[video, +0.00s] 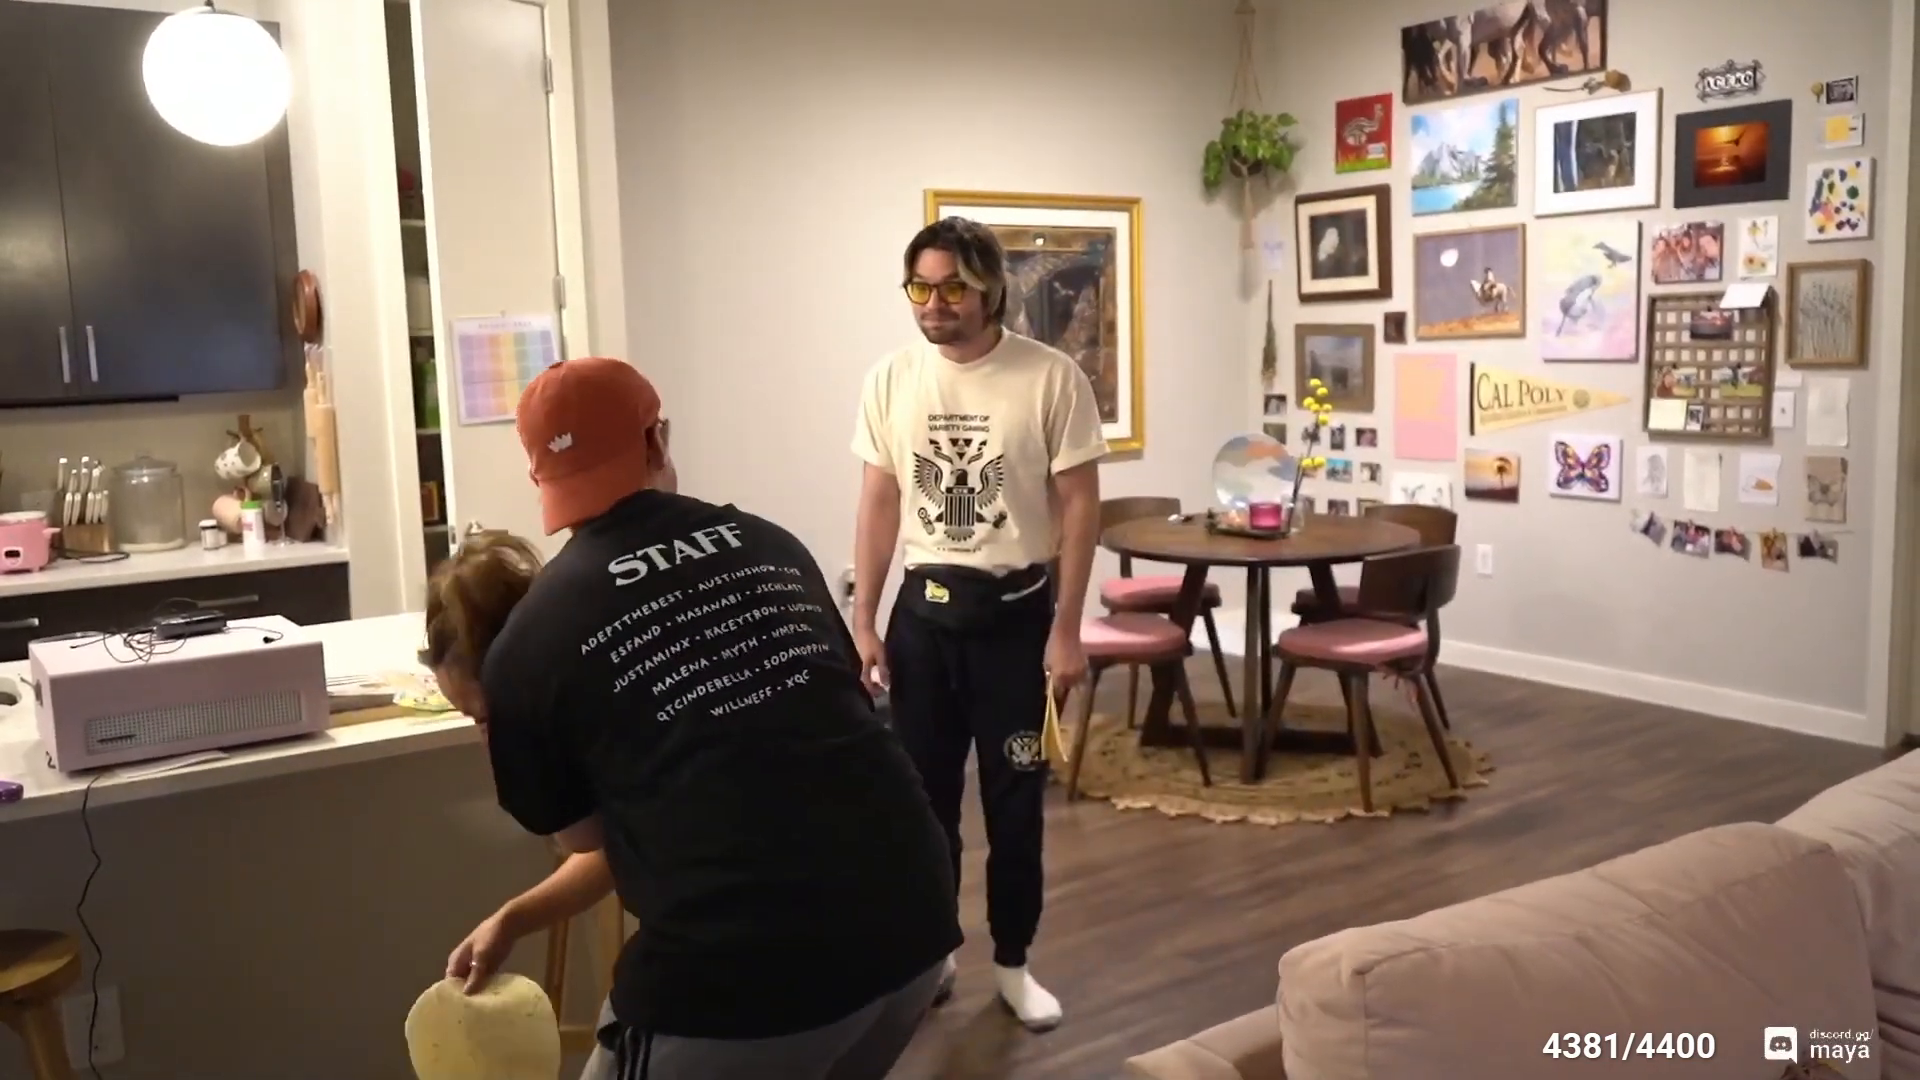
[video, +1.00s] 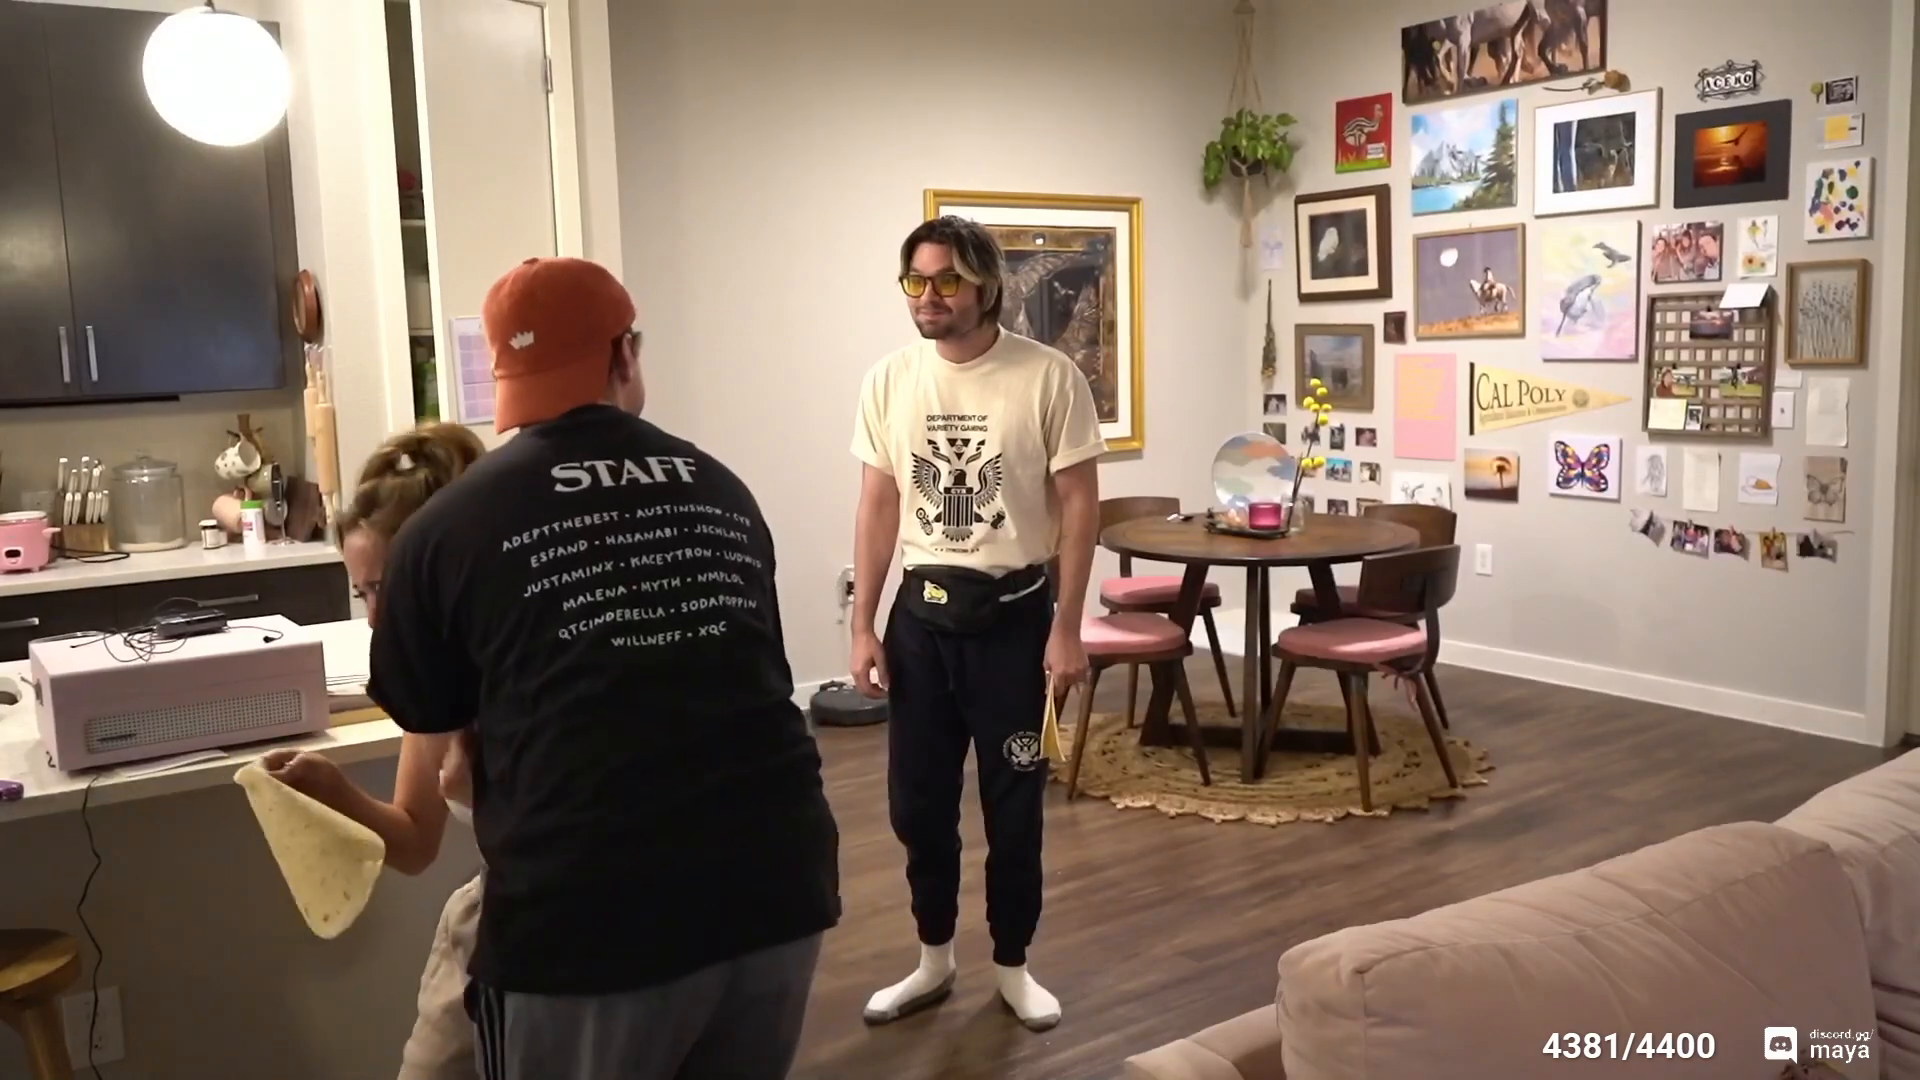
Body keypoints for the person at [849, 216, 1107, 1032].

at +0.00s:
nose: (935, 304)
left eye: (952, 288)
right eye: (921, 289)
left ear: (992, 291)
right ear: (907, 294)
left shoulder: (1052, 376)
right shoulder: (891, 381)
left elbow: (1079, 505)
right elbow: (879, 503)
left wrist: (1066, 630)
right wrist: (864, 617)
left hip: (1016, 610)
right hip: (921, 610)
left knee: (1015, 800)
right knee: (926, 797)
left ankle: (1014, 964)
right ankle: (931, 954)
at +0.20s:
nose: (932, 302)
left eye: (950, 288)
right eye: (919, 288)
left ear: (990, 291)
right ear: (905, 294)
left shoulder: (1051, 376)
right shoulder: (890, 381)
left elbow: (1078, 505)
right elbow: (878, 504)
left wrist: (1066, 631)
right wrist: (866, 622)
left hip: (1017, 610)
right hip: (921, 610)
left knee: (1016, 800)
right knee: (926, 796)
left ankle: (1013, 964)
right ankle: (931, 949)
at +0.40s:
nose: (931, 303)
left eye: (949, 288)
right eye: (918, 288)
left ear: (988, 291)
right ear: (904, 294)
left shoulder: (1050, 376)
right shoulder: (890, 380)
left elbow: (1079, 505)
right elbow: (878, 504)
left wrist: (1069, 629)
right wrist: (865, 622)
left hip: (1016, 610)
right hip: (920, 610)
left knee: (1015, 799)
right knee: (926, 795)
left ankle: (1013, 966)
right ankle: (933, 956)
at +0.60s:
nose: (930, 300)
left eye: (947, 285)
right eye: (917, 285)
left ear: (987, 289)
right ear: (904, 292)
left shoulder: (1049, 376)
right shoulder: (889, 382)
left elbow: (1080, 503)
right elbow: (878, 504)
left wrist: (1069, 627)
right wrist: (864, 623)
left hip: (1016, 612)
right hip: (921, 611)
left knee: (1015, 802)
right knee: (919, 804)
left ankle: (1012, 968)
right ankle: (933, 961)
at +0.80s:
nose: (930, 297)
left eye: (948, 283)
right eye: (918, 283)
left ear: (987, 289)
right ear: (904, 292)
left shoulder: (1049, 376)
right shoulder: (889, 382)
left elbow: (1080, 504)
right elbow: (879, 504)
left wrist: (1068, 627)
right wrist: (864, 623)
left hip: (1016, 612)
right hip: (919, 611)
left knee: (1014, 800)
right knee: (919, 803)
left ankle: (1012, 968)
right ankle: (934, 960)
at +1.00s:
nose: (929, 295)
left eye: (946, 281)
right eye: (917, 281)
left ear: (986, 287)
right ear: (904, 290)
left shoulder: (1049, 376)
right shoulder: (889, 380)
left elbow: (1080, 504)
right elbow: (879, 504)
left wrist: (1067, 627)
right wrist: (863, 622)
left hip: (1016, 613)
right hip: (919, 612)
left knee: (1015, 801)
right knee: (919, 802)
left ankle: (1012, 967)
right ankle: (934, 958)